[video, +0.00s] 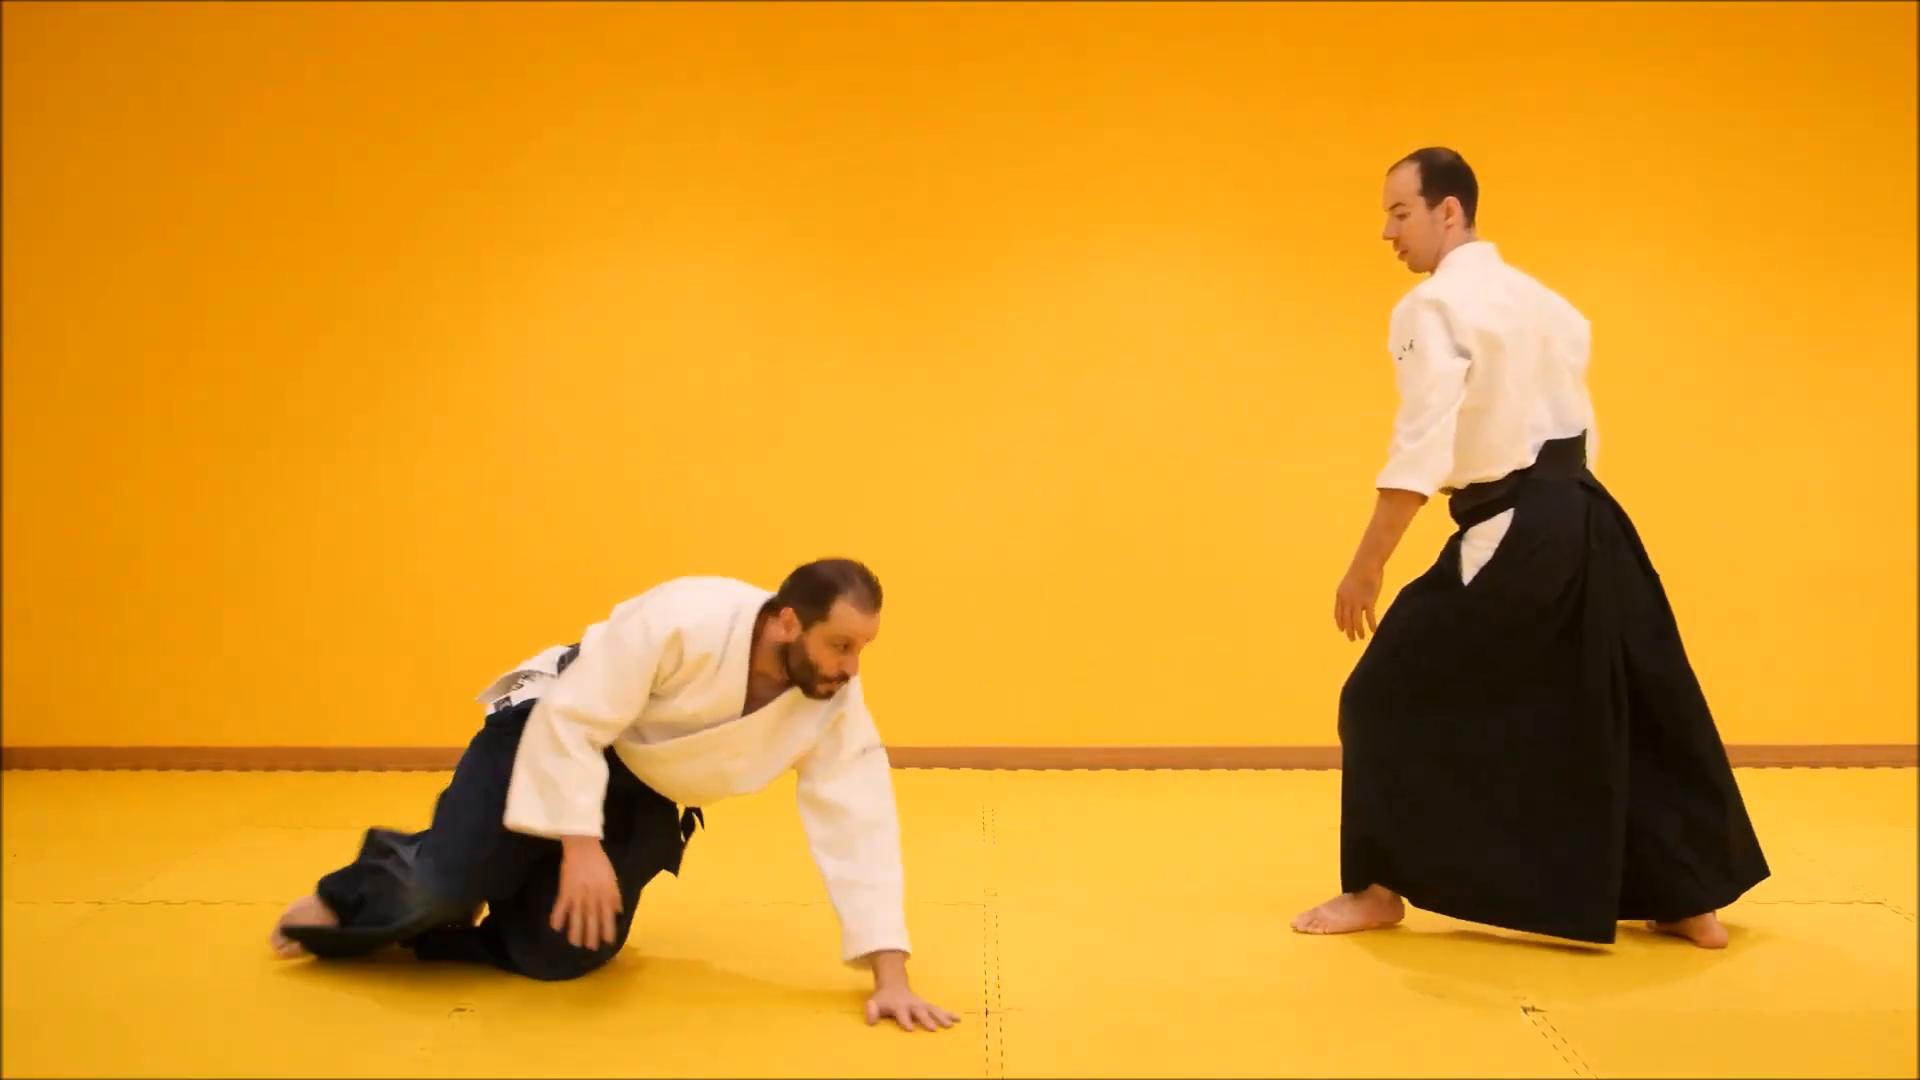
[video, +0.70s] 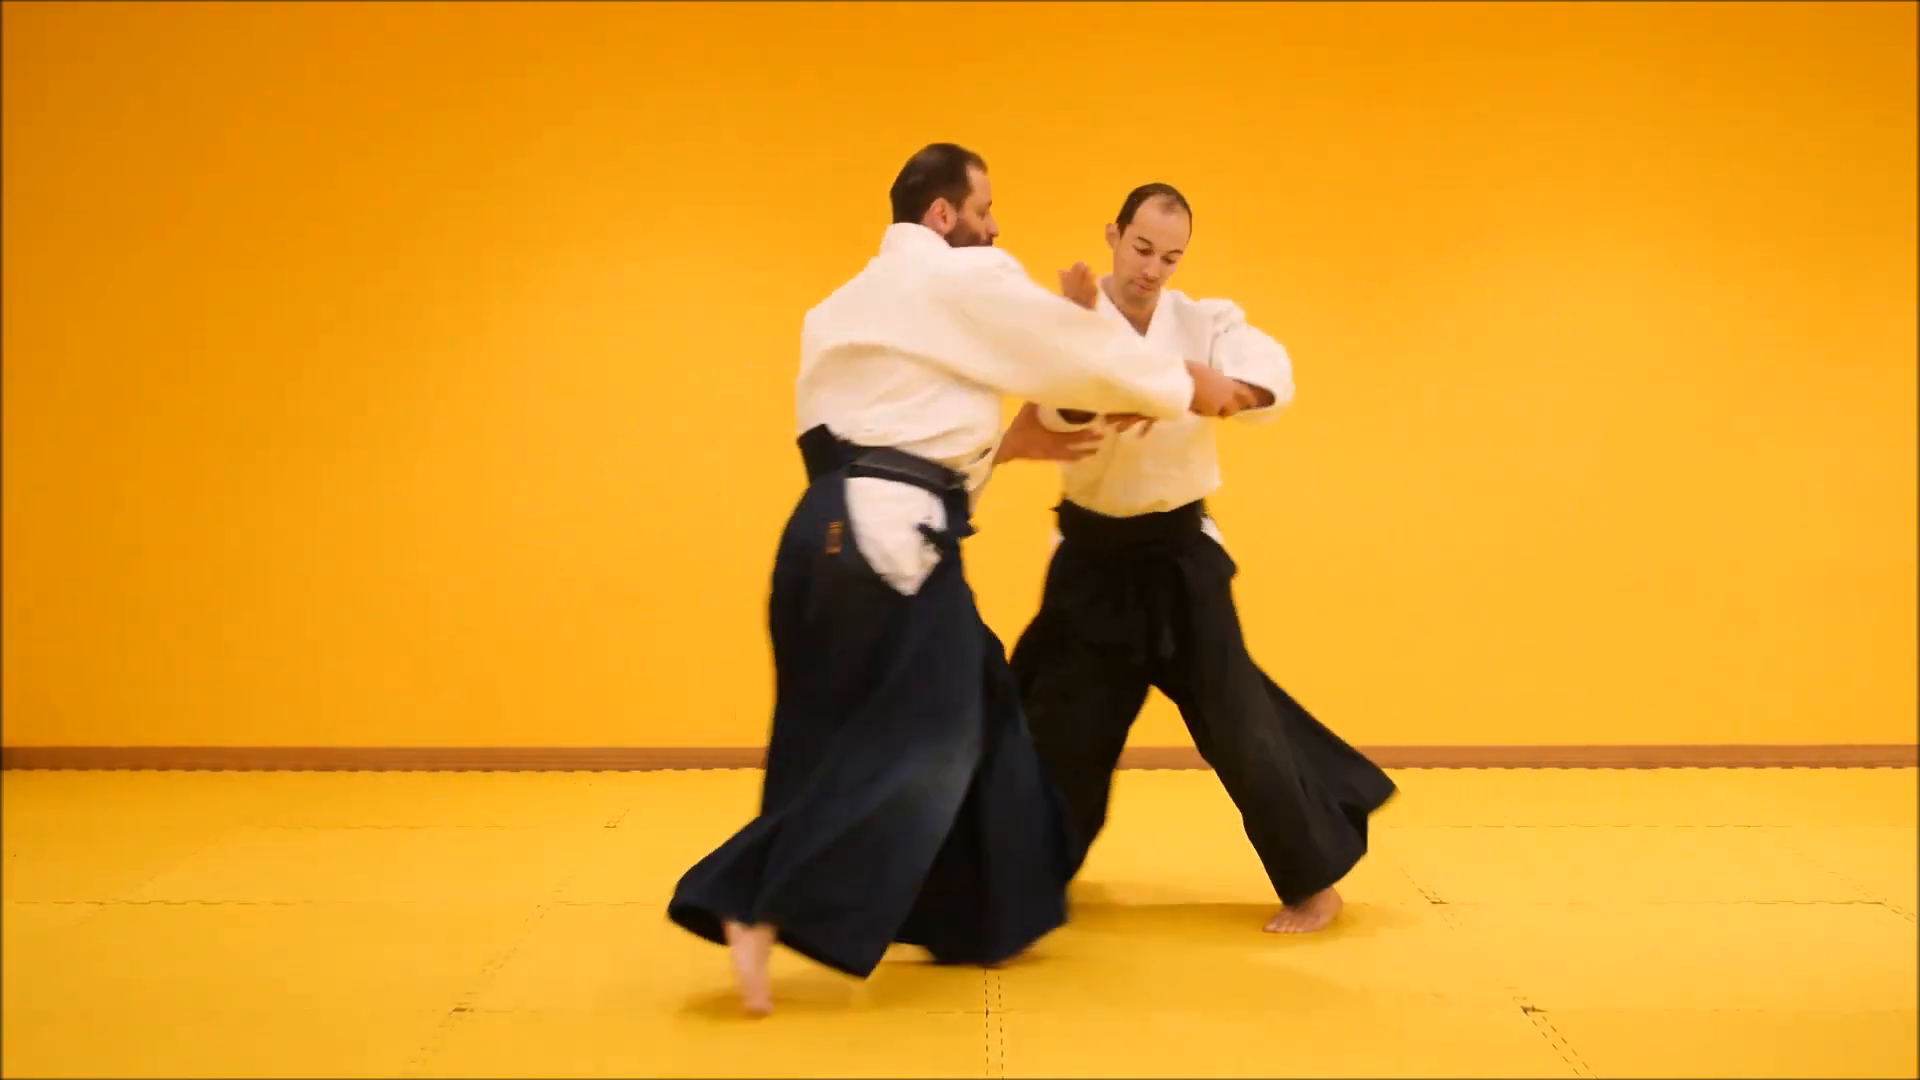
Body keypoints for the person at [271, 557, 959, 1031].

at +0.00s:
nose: (849, 667)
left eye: (861, 652)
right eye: (839, 648)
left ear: (863, 646)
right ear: (784, 624)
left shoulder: (836, 705)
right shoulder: (689, 618)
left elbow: (861, 823)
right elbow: (572, 718)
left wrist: (891, 972)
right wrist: (581, 847)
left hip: (652, 795)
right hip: (556, 731)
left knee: (562, 951)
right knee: (447, 894)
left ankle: (423, 912)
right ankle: (346, 907)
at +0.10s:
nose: (846, 590)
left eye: (853, 575)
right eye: (837, 571)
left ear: (828, 566)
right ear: (779, 552)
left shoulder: (821, 645)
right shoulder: (675, 562)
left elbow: (828, 780)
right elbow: (530, 626)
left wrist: (825, 939)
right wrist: (527, 739)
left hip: (641, 772)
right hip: (574, 710)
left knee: (565, 948)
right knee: (543, 832)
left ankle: (416, 913)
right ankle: (372, 945)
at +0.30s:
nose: (877, 468)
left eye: (880, 450)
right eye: (867, 447)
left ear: (824, 442)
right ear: (811, 435)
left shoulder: (838, 560)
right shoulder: (688, 466)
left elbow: (827, 700)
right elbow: (549, 511)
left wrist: (835, 833)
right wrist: (564, 597)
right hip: (599, 649)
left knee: (578, 896)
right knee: (719, 744)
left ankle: (473, 852)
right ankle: (678, 975)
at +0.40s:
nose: (907, 392)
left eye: (906, 374)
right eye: (896, 372)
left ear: (847, 373)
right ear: (841, 369)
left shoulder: (874, 489)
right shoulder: (725, 423)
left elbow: (861, 624)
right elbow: (614, 523)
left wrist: (857, 742)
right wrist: (714, 580)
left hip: (728, 659)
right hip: (652, 635)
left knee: (645, 837)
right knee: (736, 782)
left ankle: (499, 840)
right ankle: (672, 974)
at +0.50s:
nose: (941, 320)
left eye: (939, 304)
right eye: (930, 304)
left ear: (885, 308)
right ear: (880, 306)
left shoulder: (899, 418)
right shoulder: (791, 373)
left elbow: (869, 544)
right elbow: (822, 503)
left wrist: (907, 649)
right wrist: (964, 504)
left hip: (778, 599)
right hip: (710, 576)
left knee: (753, 781)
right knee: (746, 777)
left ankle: (573, 841)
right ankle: (666, 963)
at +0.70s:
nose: (994, 225)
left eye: (992, 209)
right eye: (986, 209)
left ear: (914, 215)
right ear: (942, 213)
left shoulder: (843, 303)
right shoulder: (962, 275)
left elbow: (888, 437)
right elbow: (1083, 350)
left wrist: (1018, 443)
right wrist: (1191, 386)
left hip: (824, 528)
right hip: (891, 530)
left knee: (833, 727)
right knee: (944, 726)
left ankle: (981, 912)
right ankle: (763, 902)